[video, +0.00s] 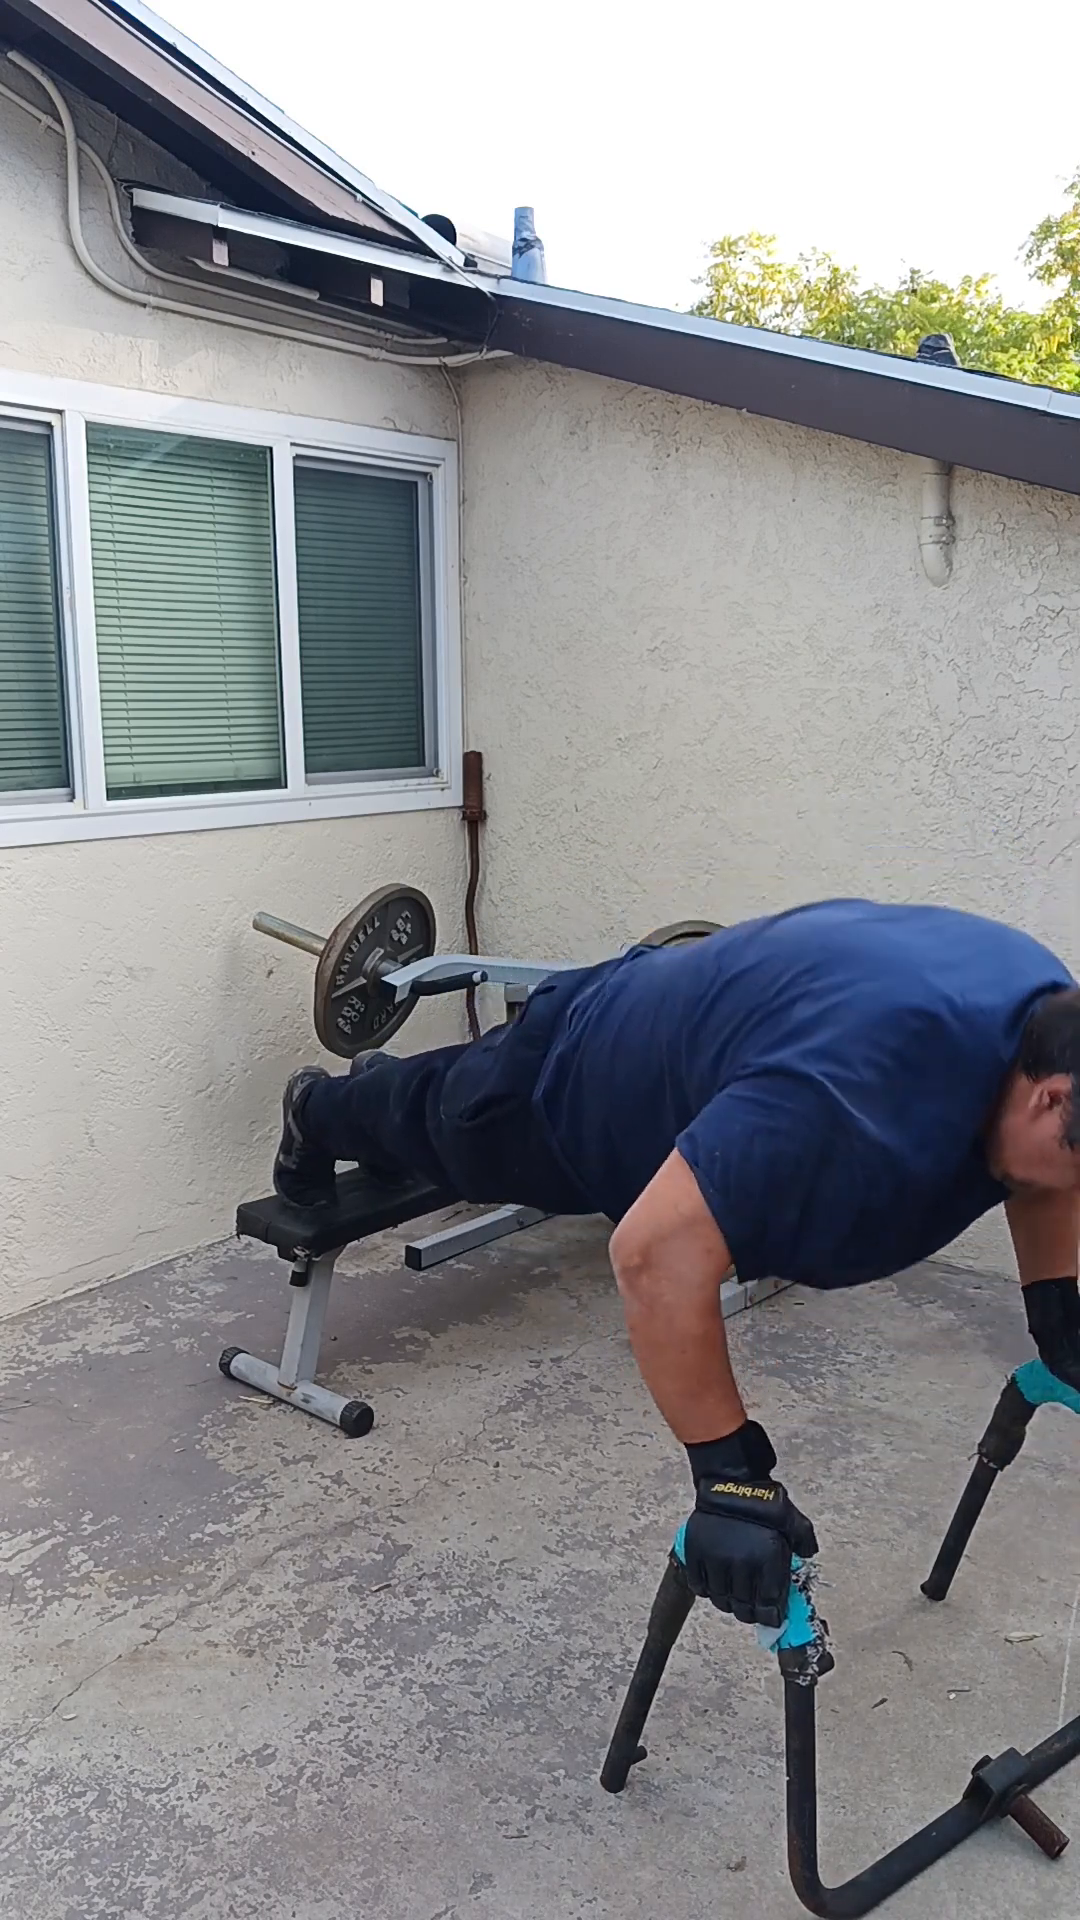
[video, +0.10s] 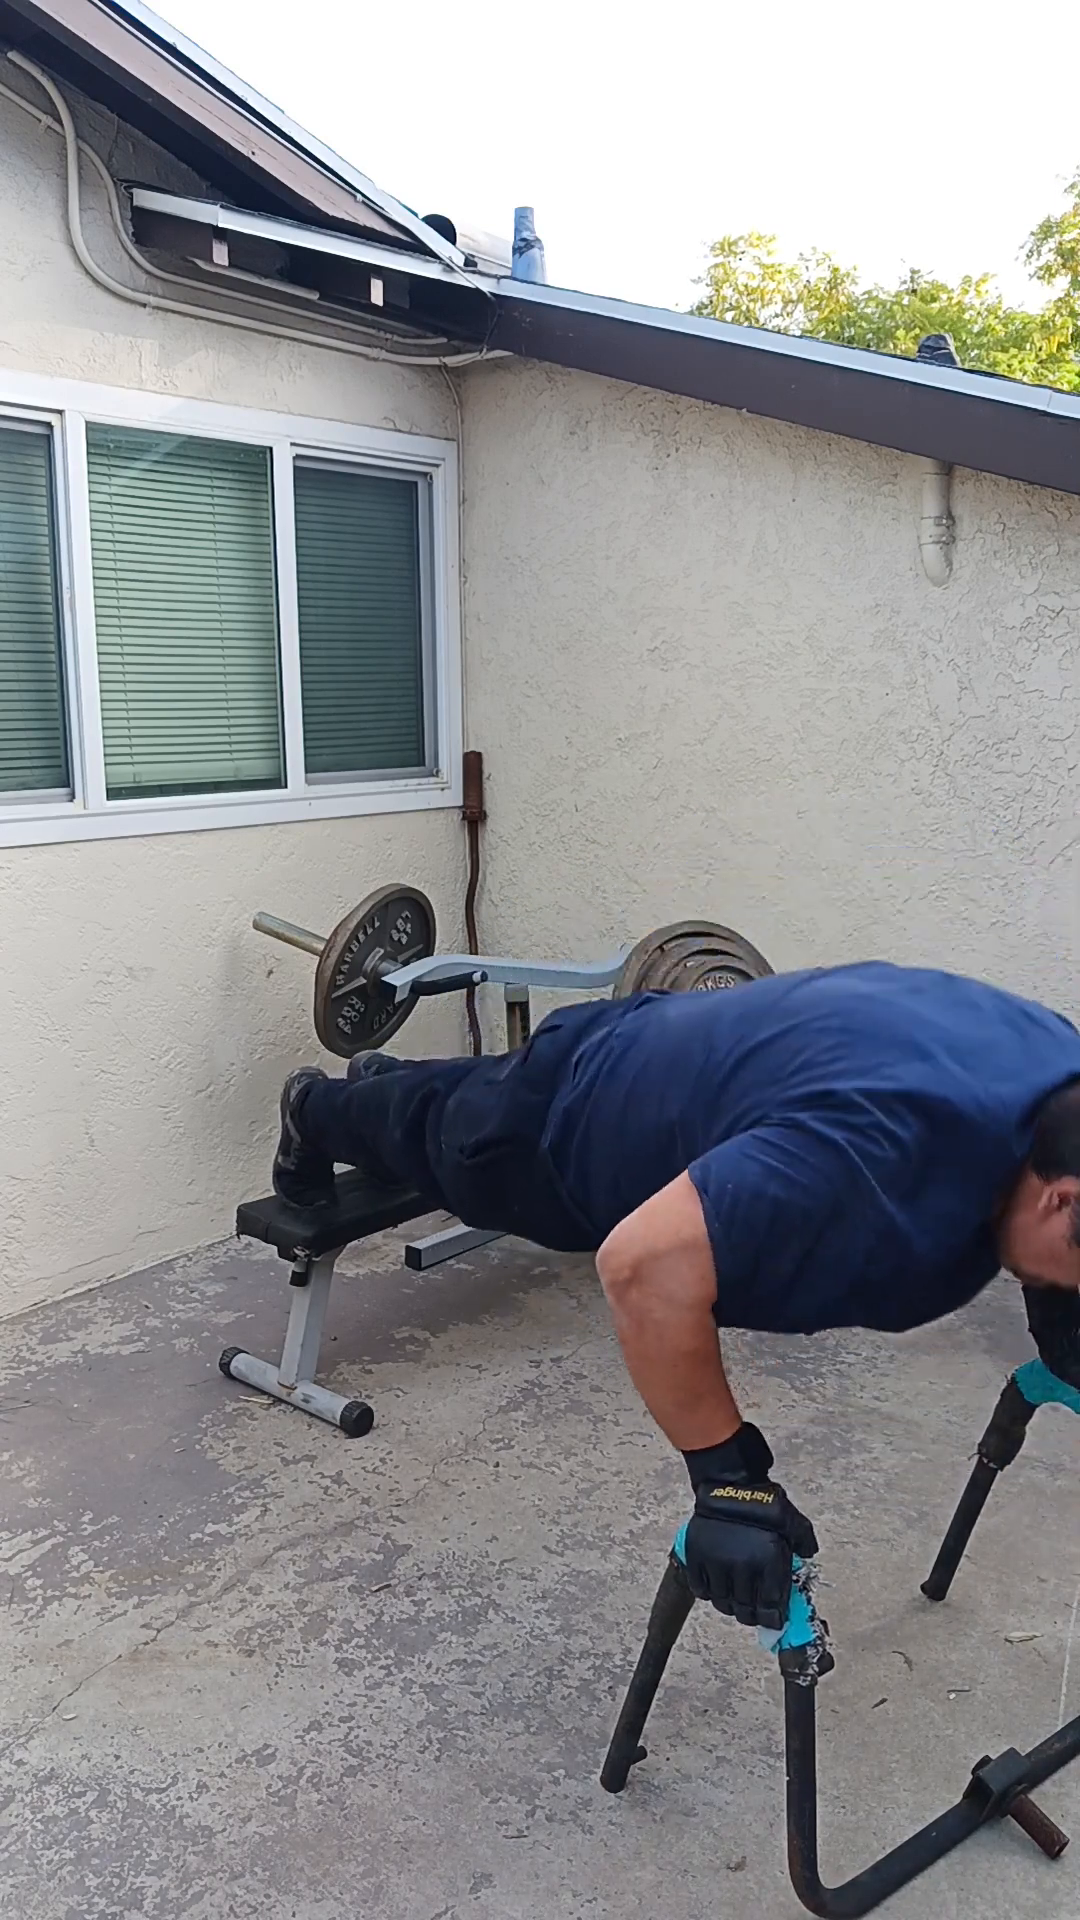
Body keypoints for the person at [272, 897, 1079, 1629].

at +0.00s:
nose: (1061, 1178)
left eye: (1074, 1170)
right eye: (1069, 1154)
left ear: (1054, 1089)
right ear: (1043, 1101)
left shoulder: (1042, 1013)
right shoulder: (840, 1101)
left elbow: (1047, 1174)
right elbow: (656, 1258)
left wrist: (1058, 1322)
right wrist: (733, 1477)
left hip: (726, 970)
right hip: (602, 1058)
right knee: (440, 1105)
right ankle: (320, 1106)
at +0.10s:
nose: (1055, 1290)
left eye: (1070, 1282)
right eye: (1067, 1268)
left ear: (1063, 1188)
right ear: (1053, 1202)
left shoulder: (1062, 1074)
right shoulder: (874, 1161)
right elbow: (642, 1268)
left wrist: (1054, 1311)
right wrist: (731, 1479)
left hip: (703, 1027)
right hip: (595, 1104)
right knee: (435, 1118)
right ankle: (315, 1110)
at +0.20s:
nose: (1057, 1377)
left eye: (1071, 1370)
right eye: (1073, 1360)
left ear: (1068, 1286)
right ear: (1061, 1295)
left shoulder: (1073, 1137)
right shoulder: (894, 1240)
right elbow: (641, 1274)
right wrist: (731, 1482)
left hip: (702, 1064)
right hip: (599, 1139)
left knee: (520, 1098)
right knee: (438, 1131)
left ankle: (387, 1092)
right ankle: (316, 1110)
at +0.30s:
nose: (1052, 1444)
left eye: (1067, 1436)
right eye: (1069, 1430)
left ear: (1067, 1367)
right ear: (1062, 1375)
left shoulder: (1078, 1178)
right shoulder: (905, 1286)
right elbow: (648, 1271)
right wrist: (733, 1480)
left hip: (709, 1091)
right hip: (601, 1168)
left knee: (528, 1116)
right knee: (443, 1151)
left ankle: (393, 1083)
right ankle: (319, 1106)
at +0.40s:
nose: (1045, 1509)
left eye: (1058, 1510)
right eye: (1061, 1503)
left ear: (1068, 1431)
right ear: (1065, 1441)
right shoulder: (902, 1338)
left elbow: (1055, 1129)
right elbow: (664, 1267)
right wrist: (735, 1483)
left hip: (722, 1117)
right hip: (603, 1198)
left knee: (534, 1128)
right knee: (448, 1169)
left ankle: (395, 1083)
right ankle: (321, 1108)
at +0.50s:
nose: (1054, 1551)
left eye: (1069, 1543)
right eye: (1072, 1536)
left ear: (1066, 1476)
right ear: (1060, 1478)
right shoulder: (923, 1376)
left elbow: (1052, 1128)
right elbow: (682, 1263)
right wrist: (736, 1485)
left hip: (725, 1137)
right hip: (612, 1213)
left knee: (543, 1129)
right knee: (453, 1181)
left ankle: (395, 1083)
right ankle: (323, 1109)